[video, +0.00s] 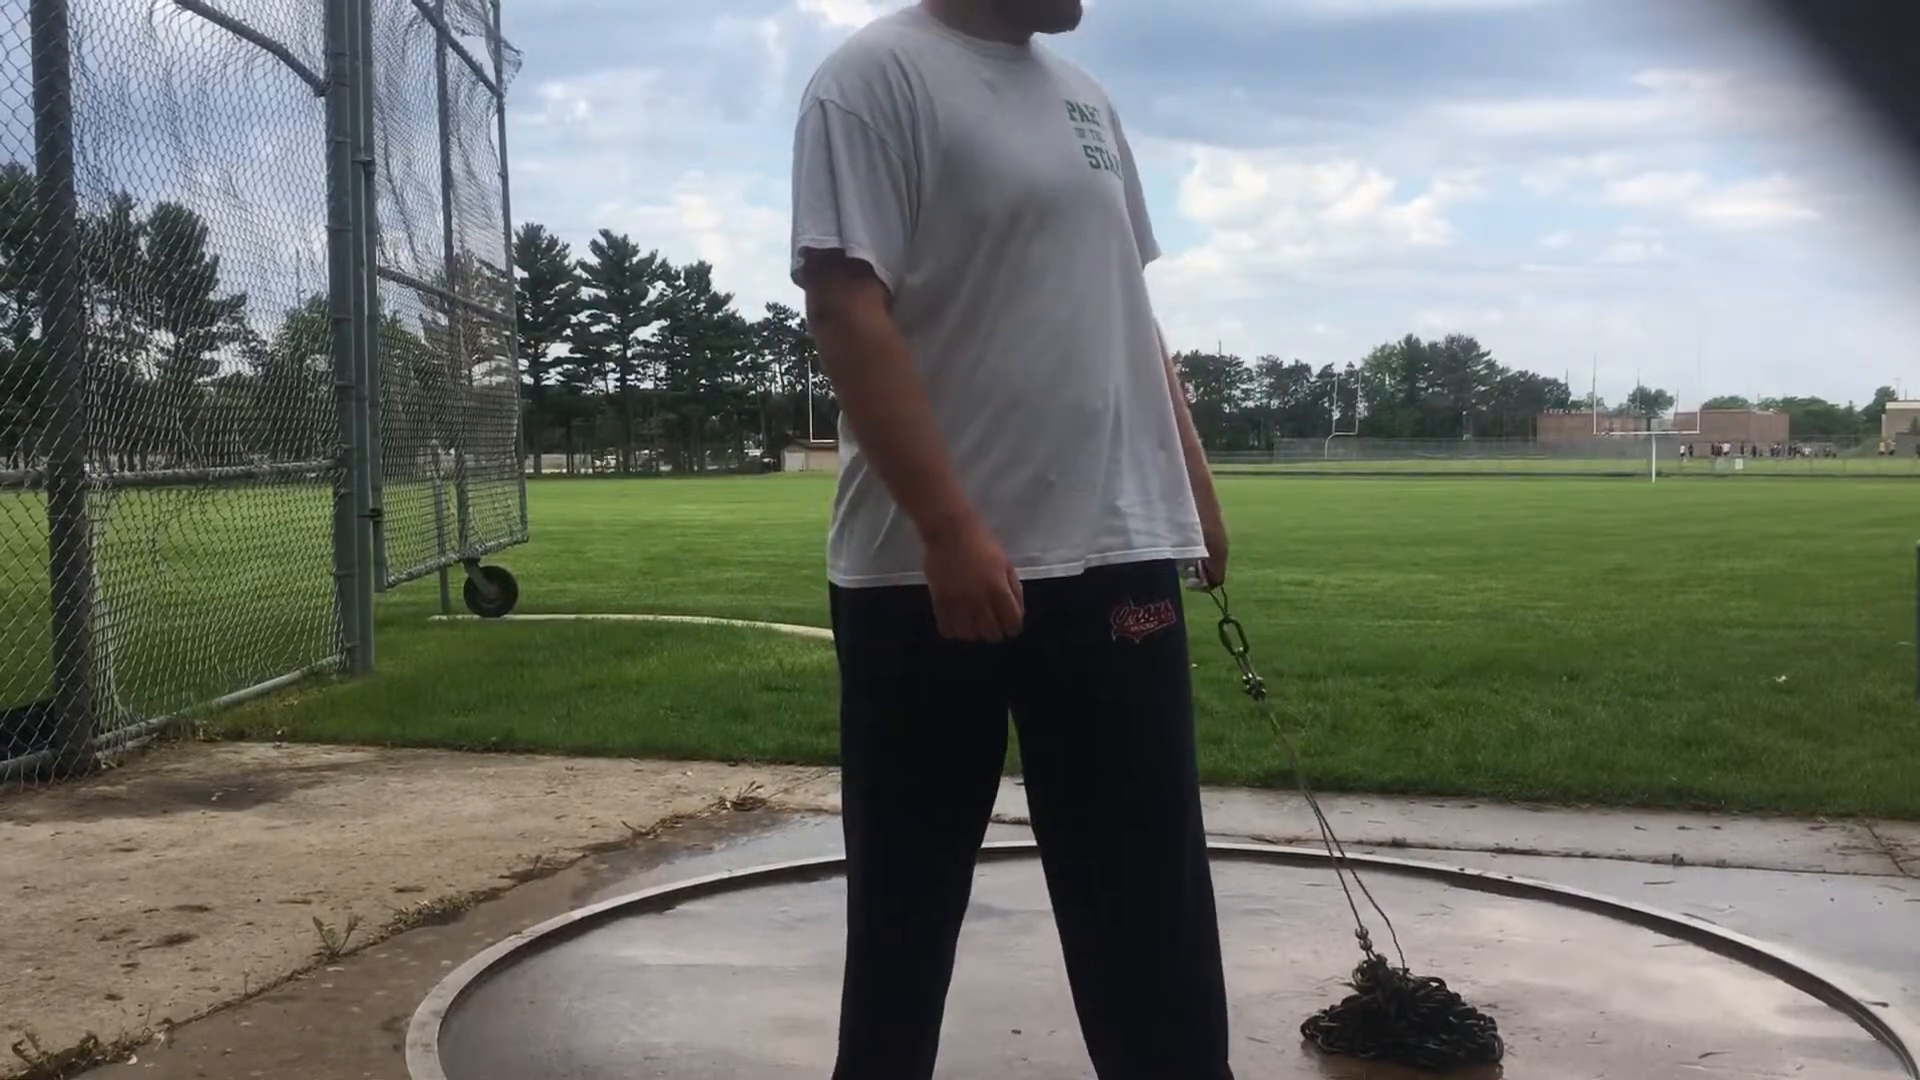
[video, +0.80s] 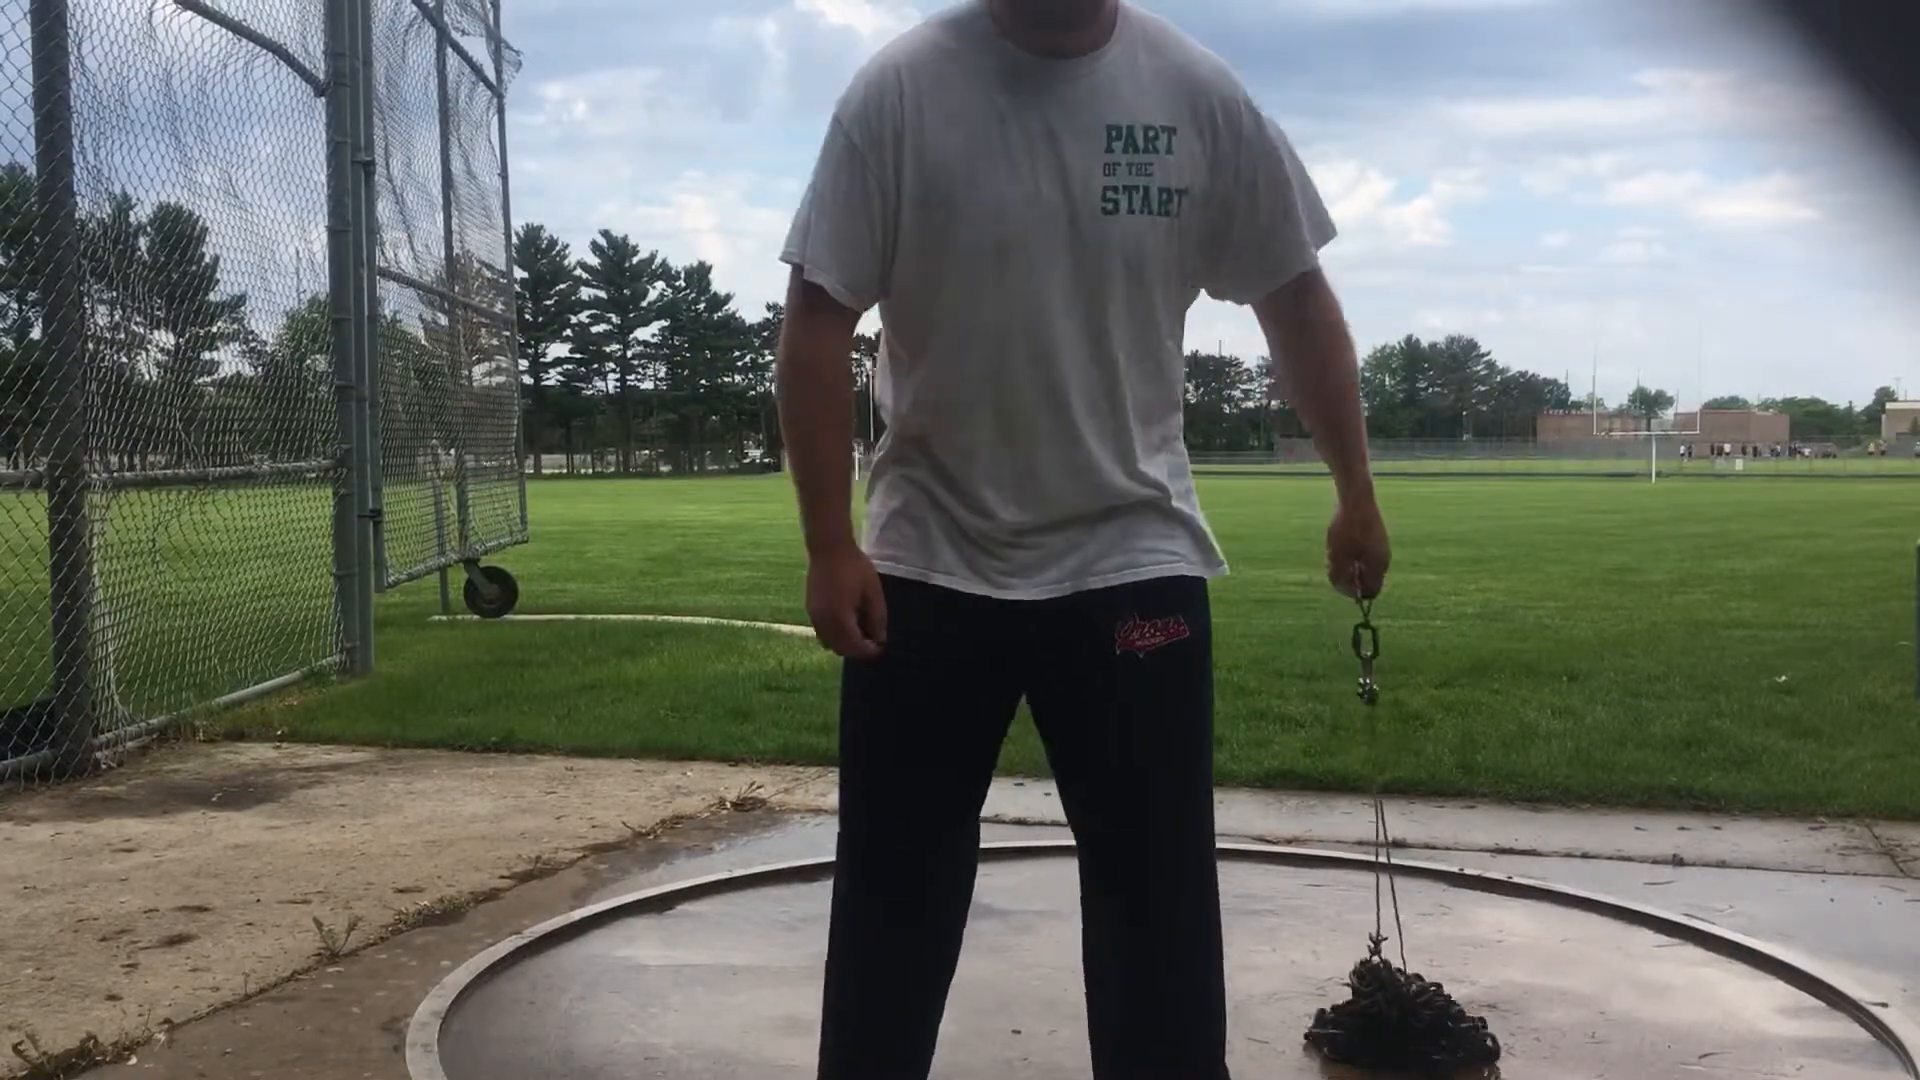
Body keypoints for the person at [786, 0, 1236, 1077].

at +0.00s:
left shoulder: (1085, 95)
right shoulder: (867, 77)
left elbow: (1131, 317)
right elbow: (847, 316)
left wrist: (1193, 482)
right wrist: (946, 528)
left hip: (1114, 561)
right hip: (925, 575)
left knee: (1152, 924)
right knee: (903, 925)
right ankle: (881, 1074)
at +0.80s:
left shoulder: (1201, 99)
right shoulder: (897, 93)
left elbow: (1294, 297)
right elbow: (815, 316)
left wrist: (1356, 492)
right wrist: (828, 543)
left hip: (1130, 555)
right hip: (928, 559)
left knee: (1160, 912)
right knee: (890, 911)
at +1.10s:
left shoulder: (1180, 62)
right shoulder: (873, 111)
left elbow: (1347, 208)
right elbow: (830, 334)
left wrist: (1324, 355)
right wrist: (905, 503)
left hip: (1149, 572)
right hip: (945, 575)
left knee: (1185, 931)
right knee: (902, 927)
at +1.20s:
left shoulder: (1144, 35)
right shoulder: (856, 117)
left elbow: (1335, 144)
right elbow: (832, 337)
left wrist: (1247, 240)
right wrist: (960, 421)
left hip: (1144, 564)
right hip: (942, 573)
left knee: (1181, 931)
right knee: (901, 930)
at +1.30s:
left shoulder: (1109, 22)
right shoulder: (842, 116)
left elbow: (1308, 92)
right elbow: (833, 335)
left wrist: (1183, 141)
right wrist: (967, 314)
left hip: (1125, 532)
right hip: (931, 560)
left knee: (1165, 928)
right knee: (894, 933)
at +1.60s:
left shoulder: (1062, 32)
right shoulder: (830, 120)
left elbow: (1181, 128)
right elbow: (812, 311)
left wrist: (995, 116)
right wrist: (897, 208)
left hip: (1086, 515)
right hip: (902, 543)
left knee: (1132, 912)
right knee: (873, 898)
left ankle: (1162, 1073)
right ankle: (864, 1068)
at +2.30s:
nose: (1076, 14)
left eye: (1093, 11)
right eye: (1071, 17)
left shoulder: (1208, 54)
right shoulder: (1016, 152)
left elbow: (1033, 101)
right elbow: (943, 302)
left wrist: (828, 177)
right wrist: (840, 256)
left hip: (1178, 519)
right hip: (1015, 532)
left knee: (1175, 871)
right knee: (965, 857)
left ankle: (1189, 1068)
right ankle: (945, 1058)